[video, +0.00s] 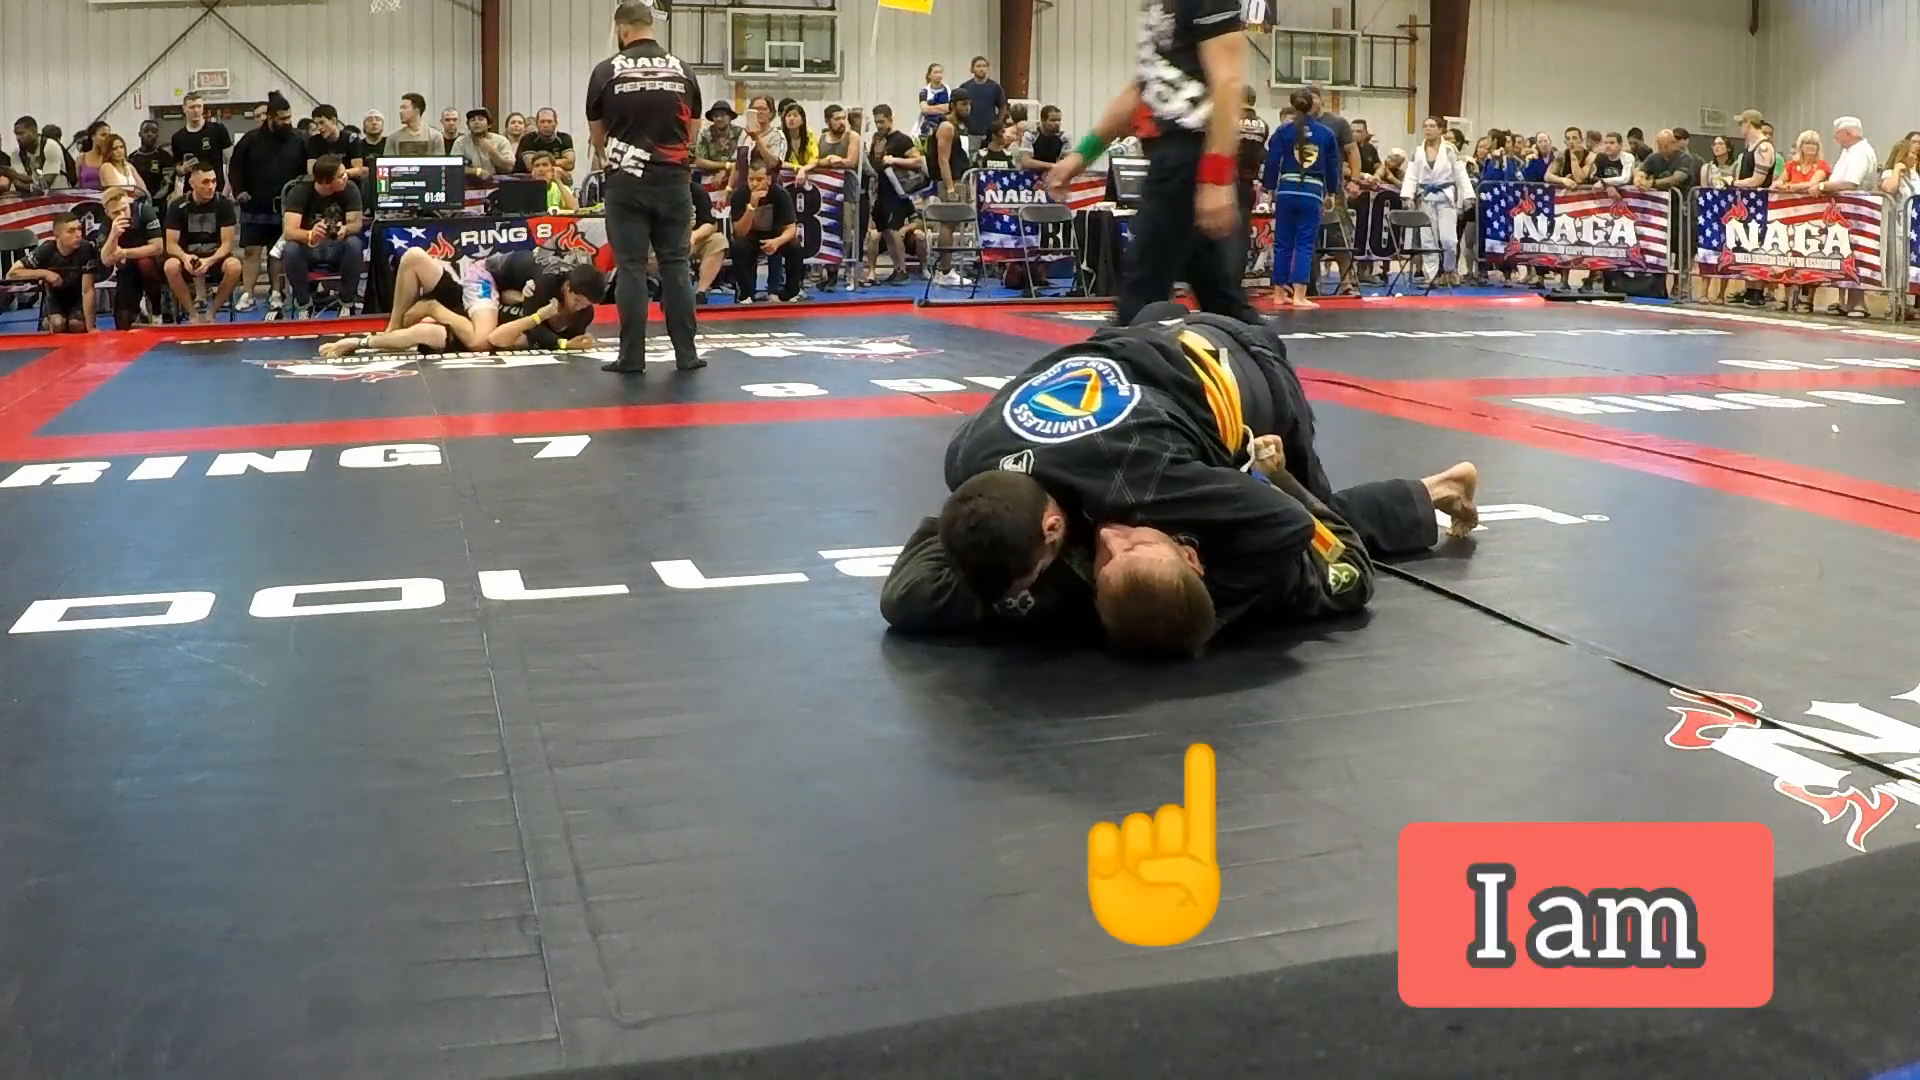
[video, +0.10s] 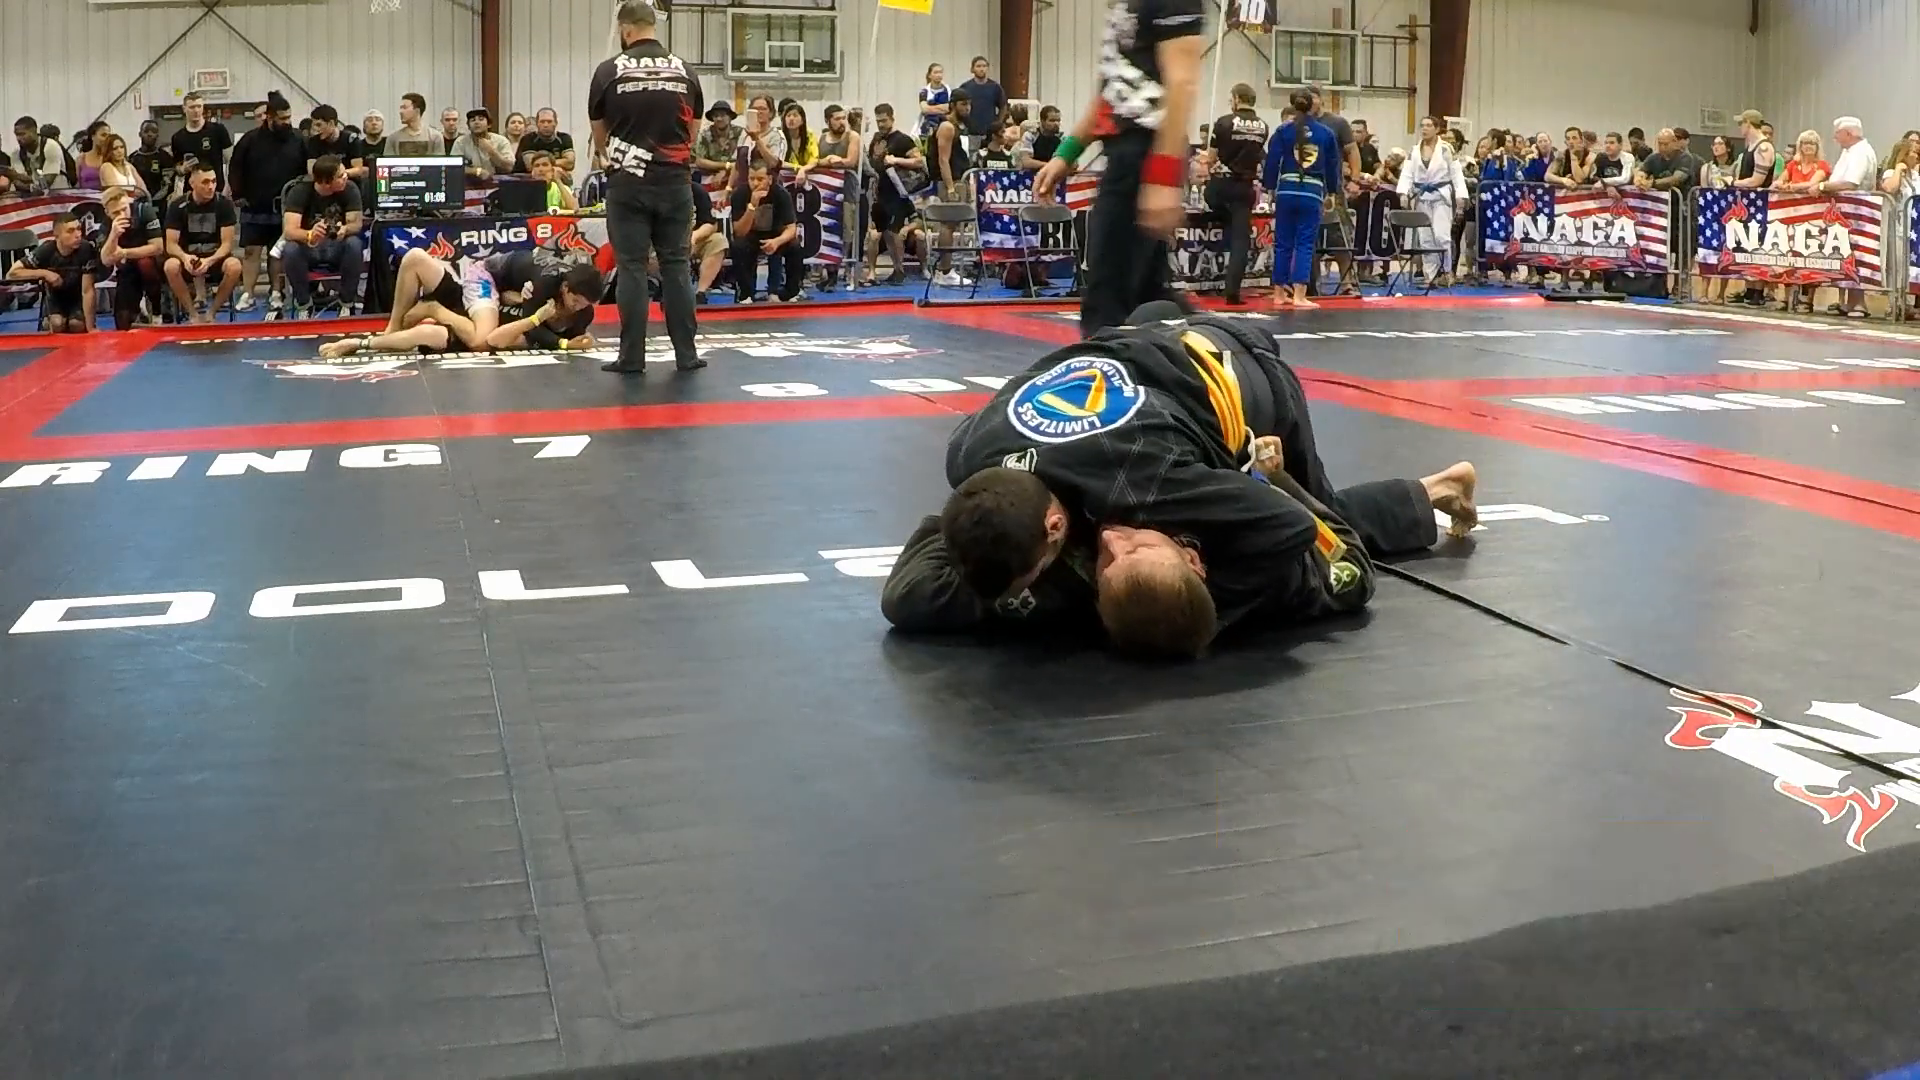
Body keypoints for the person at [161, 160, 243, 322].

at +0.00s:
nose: (211, 186)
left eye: (213, 181)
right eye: (205, 182)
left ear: (216, 181)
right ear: (192, 183)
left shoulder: (224, 204)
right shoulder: (178, 205)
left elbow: (227, 243)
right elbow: (171, 244)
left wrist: (210, 260)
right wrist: (184, 257)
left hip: (214, 257)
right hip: (188, 258)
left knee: (235, 266)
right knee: (170, 266)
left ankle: (211, 314)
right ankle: (193, 315)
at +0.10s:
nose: (211, 186)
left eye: (213, 181)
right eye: (205, 182)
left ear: (216, 181)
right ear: (192, 183)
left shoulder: (224, 204)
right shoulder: (178, 205)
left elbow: (227, 243)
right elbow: (171, 244)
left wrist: (210, 260)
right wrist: (184, 257)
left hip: (214, 257)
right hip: (188, 259)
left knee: (235, 266)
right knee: (171, 266)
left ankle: (211, 314)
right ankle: (193, 315)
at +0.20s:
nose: (211, 186)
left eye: (213, 181)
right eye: (205, 182)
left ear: (217, 181)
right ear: (192, 183)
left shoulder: (224, 203)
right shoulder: (177, 205)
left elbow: (227, 243)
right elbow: (171, 244)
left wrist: (209, 261)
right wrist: (185, 257)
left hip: (214, 257)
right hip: (188, 259)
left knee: (234, 266)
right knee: (171, 266)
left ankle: (211, 314)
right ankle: (193, 315)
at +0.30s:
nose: (211, 187)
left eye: (213, 181)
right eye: (205, 182)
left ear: (217, 181)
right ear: (192, 183)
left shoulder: (224, 204)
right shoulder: (177, 205)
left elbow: (227, 243)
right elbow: (171, 244)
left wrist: (209, 261)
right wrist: (185, 257)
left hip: (214, 256)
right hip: (188, 258)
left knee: (234, 266)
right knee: (171, 266)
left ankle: (211, 314)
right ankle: (193, 315)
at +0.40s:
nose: (210, 187)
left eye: (213, 182)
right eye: (205, 182)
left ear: (217, 182)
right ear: (192, 183)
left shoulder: (224, 204)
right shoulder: (177, 206)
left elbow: (227, 243)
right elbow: (170, 244)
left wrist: (210, 261)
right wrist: (185, 257)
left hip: (215, 255)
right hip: (187, 256)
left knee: (234, 267)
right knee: (171, 266)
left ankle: (211, 314)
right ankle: (193, 316)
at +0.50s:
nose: (210, 188)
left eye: (213, 183)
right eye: (205, 183)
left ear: (217, 183)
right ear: (193, 183)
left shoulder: (225, 204)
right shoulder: (178, 205)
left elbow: (227, 243)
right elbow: (170, 243)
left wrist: (209, 261)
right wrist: (185, 250)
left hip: (215, 255)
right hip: (189, 256)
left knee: (234, 266)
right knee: (170, 266)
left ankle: (211, 313)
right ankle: (193, 316)